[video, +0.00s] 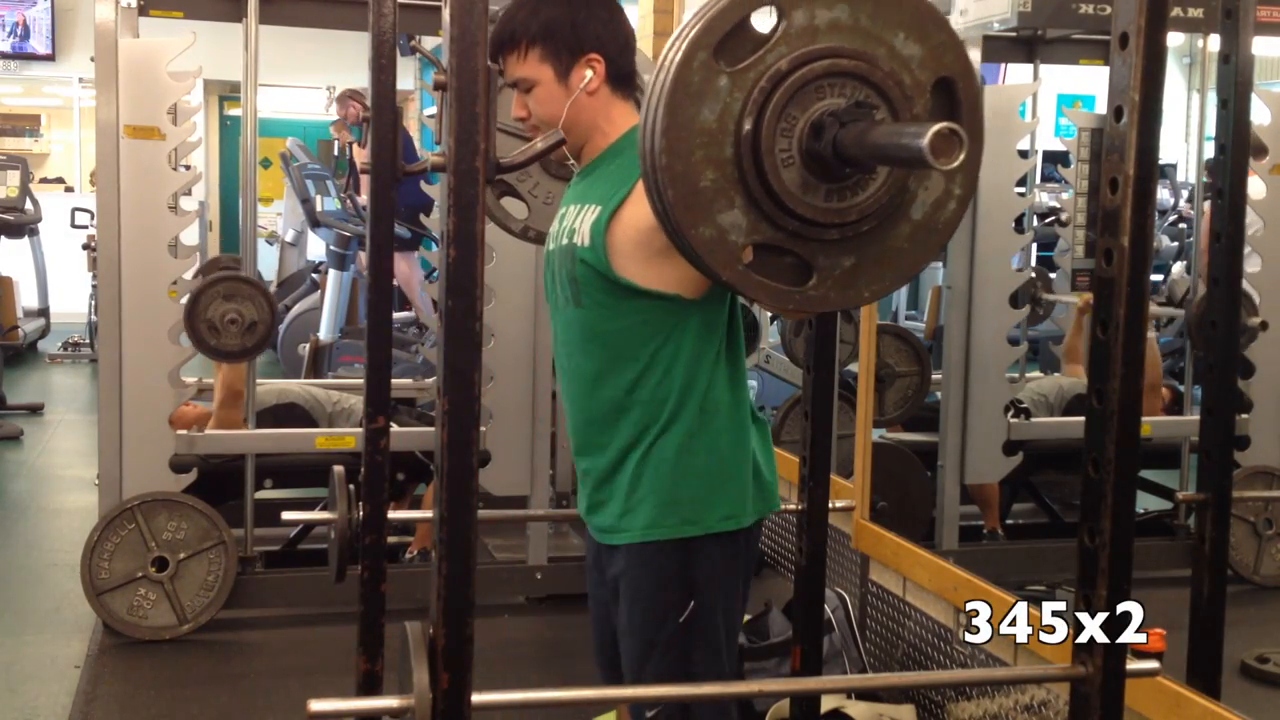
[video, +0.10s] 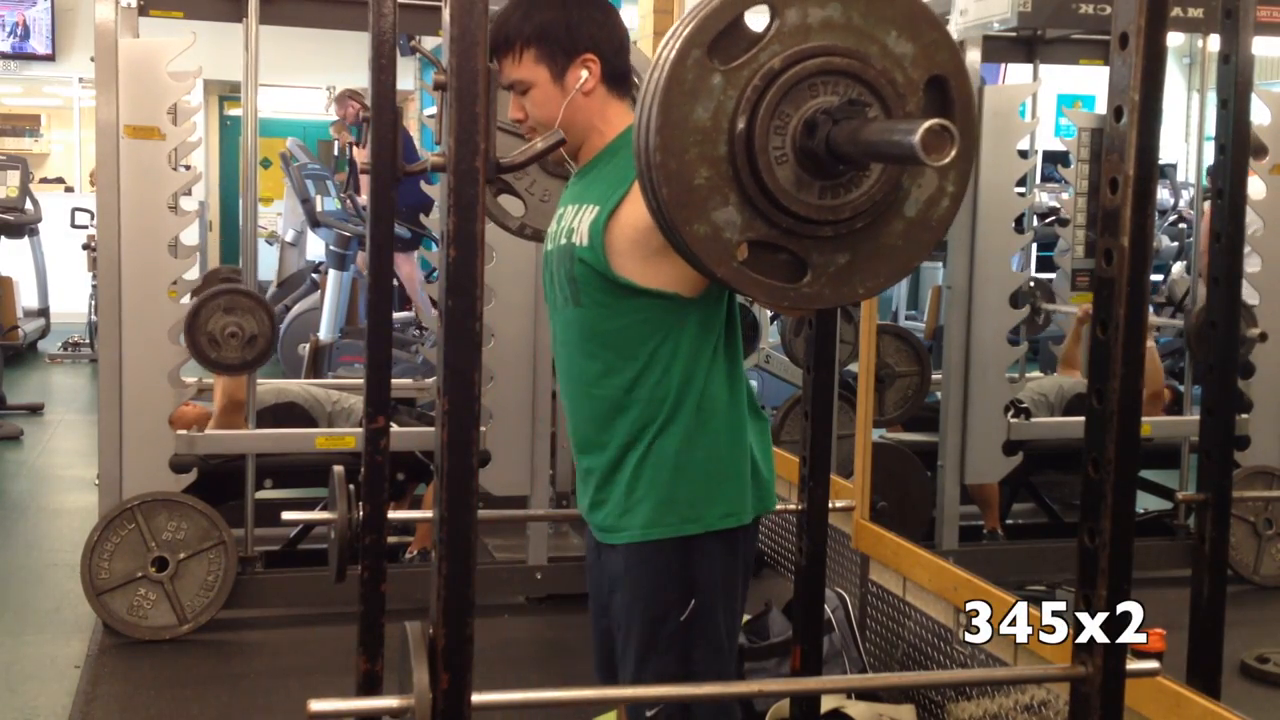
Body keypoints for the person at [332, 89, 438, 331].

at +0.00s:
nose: (345, 120)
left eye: (344, 114)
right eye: (342, 117)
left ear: (355, 106)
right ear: (355, 107)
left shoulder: (377, 126)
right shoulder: (372, 126)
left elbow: (366, 165)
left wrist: (364, 198)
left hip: (403, 201)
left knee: (401, 263)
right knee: (406, 259)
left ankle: (430, 323)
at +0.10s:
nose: (344, 120)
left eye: (343, 115)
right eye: (341, 116)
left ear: (354, 105)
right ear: (354, 107)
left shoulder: (380, 126)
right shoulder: (365, 128)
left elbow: (368, 165)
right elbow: (362, 166)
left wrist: (364, 199)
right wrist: (361, 197)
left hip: (403, 203)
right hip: (385, 202)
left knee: (404, 265)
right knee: (363, 261)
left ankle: (429, 321)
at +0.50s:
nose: (344, 122)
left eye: (344, 116)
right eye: (342, 118)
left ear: (355, 107)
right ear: (354, 108)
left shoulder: (381, 127)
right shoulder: (364, 131)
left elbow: (371, 167)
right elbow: (363, 169)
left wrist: (365, 200)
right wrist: (362, 199)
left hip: (402, 204)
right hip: (383, 204)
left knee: (404, 262)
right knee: (365, 260)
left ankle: (431, 325)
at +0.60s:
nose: (344, 121)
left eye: (344, 116)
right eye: (342, 117)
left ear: (355, 107)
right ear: (355, 108)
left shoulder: (377, 127)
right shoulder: (367, 128)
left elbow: (369, 168)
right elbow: (363, 168)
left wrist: (365, 200)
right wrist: (362, 198)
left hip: (400, 201)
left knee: (391, 256)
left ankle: (422, 312)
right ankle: (428, 316)